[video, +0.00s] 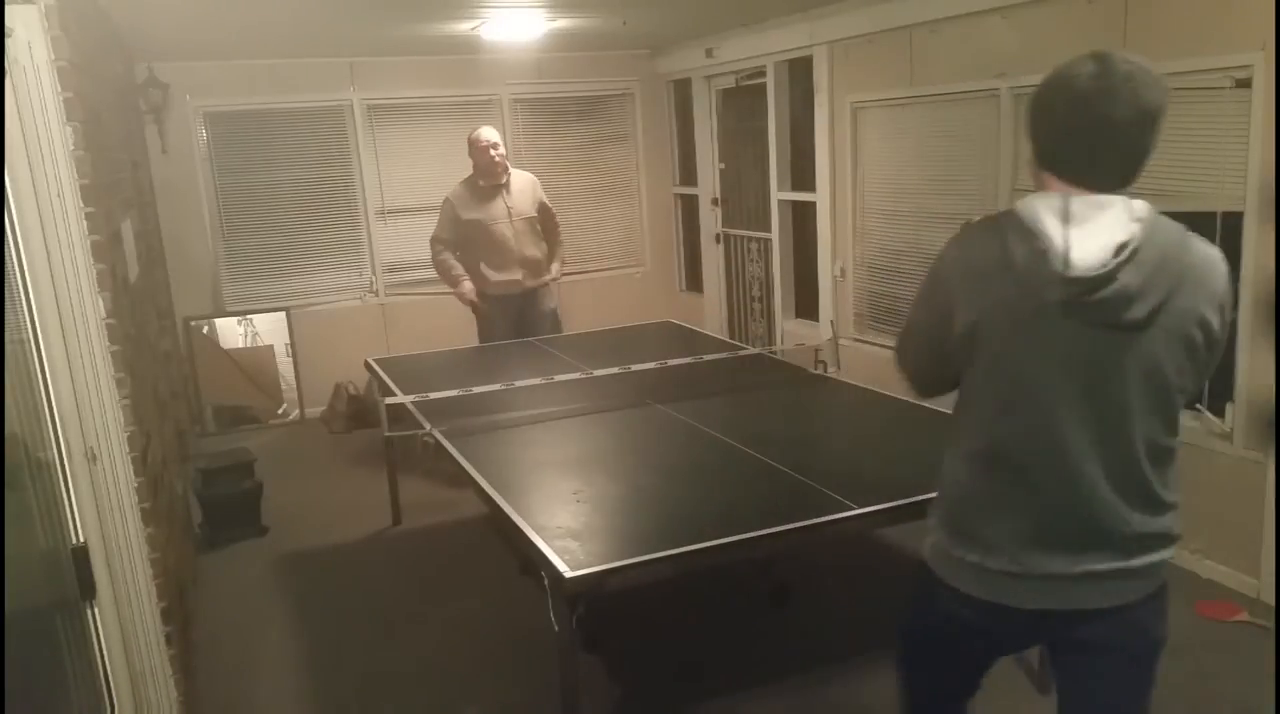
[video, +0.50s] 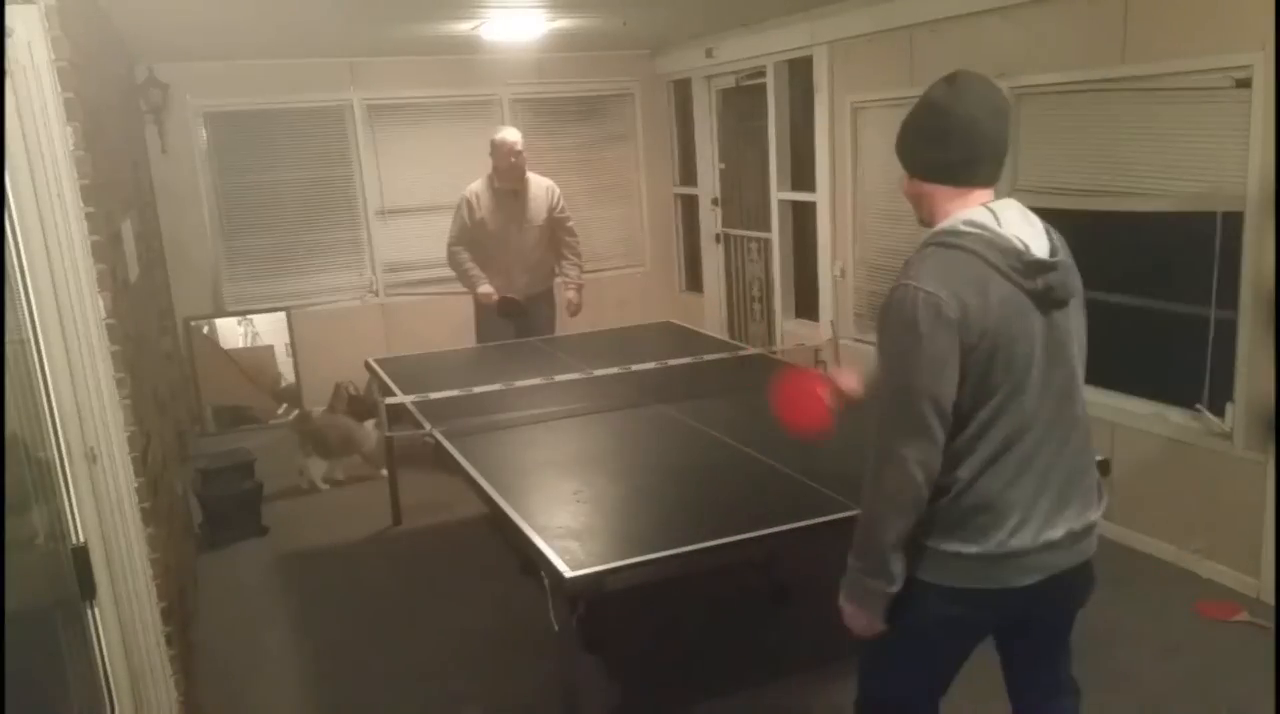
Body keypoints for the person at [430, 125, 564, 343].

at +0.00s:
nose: (492, 154)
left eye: (496, 146)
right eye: (484, 148)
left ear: (505, 150)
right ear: (471, 156)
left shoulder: (528, 182)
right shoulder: (457, 199)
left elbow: (552, 227)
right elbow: (440, 248)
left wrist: (555, 267)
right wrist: (462, 283)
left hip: (539, 294)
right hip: (493, 300)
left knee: (549, 363)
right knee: (499, 369)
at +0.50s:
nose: (514, 161)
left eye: (518, 154)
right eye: (507, 155)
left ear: (524, 154)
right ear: (492, 157)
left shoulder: (547, 191)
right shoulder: (474, 197)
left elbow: (568, 241)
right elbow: (456, 248)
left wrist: (572, 286)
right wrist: (479, 284)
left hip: (538, 301)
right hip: (493, 304)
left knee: (540, 372)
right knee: (496, 372)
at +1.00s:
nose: (520, 164)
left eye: (524, 156)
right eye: (512, 157)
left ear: (530, 155)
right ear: (497, 157)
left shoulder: (549, 192)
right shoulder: (479, 197)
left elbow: (567, 242)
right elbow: (460, 247)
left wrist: (572, 288)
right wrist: (495, 283)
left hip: (541, 299)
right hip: (497, 302)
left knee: (543, 369)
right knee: (499, 370)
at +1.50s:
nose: (521, 165)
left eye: (526, 157)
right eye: (513, 159)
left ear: (532, 155)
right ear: (499, 157)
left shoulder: (547, 191)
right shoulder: (482, 191)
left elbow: (563, 244)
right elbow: (479, 228)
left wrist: (572, 287)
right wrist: (528, 238)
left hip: (537, 297)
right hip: (494, 300)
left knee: (544, 368)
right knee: (499, 370)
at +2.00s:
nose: (522, 161)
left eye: (527, 154)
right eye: (515, 155)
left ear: (533, 154)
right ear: (500, 156)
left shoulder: (549, 192)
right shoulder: (481, 193)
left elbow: (563, 243)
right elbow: (461, 236)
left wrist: (571, 287)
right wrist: (493, 259)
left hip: (539, 297)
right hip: (496, 298)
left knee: (542, 366)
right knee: (500, 368)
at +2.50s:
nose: (517, 159)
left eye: (521, 151)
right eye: (509, 153)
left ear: (530, 152)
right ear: (497, 155)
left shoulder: (552, 191)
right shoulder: (479, 195)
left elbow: (569, 243)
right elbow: (460, 245)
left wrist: (573, 289)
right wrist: (471, 284)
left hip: (541, 300)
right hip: (497, 302)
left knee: (541, 369)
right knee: (499, 372)